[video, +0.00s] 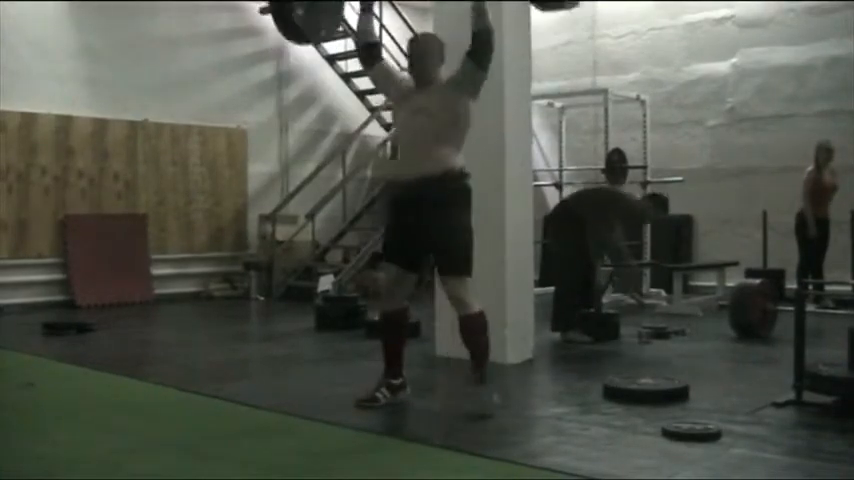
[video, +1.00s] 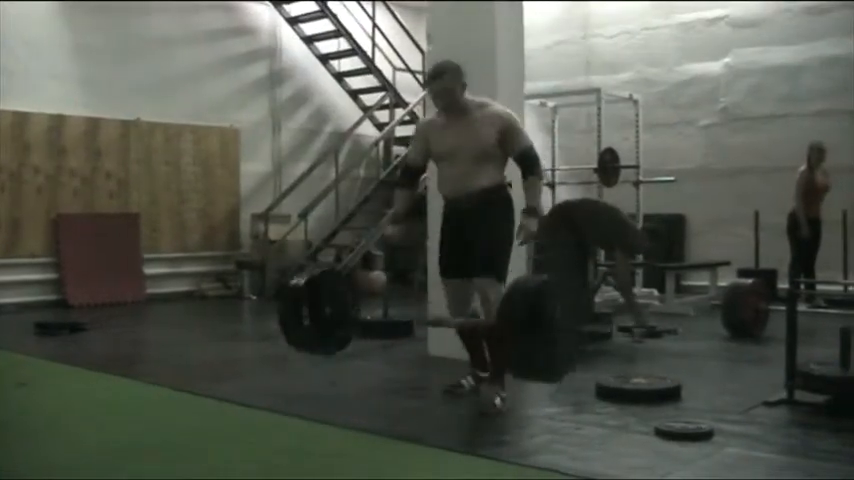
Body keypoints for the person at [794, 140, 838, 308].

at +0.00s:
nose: (827, 158)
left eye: (829, 154)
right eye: (824, 154)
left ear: (831, 156)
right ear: (817, 155)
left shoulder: (830, 173)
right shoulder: (812, 173)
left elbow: (827, 198)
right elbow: (806, 200)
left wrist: (833, 188)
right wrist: (811, 224)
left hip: (822, 219)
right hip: (807, 218)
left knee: (818, 258)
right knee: (806, 258)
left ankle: (819, 294)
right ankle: (802, 293)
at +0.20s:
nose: (826, 157)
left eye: (828, 154)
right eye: (823, 154)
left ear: (831, 156)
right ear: (817, 154)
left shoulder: (830, 173)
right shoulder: (811, 173)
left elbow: (827, 196)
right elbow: (805, 201)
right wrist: (809, 224)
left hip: (821, 219)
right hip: (806, 218)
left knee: (817, 258)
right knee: (805, 257)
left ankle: (818, 293)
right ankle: (801, 292)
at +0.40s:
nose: (827, 157)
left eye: (829, 154)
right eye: (824, 154)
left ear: (831, 156)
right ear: (817, 154)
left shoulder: (830, 173)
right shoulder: (811, 174)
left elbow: (829, 195)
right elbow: (806, 200)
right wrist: (810, 224)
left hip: (821, 219)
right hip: (807, 218)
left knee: (817, 259)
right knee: (805, 258)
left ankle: (819, 293)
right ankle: (801, 293)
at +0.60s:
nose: (820, 158)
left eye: (822, 155)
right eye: (817, 154)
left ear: (825, 157)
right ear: (811, 155)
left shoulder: (823, 173)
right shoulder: (805, 173)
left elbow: (820, 197)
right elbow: (800, 201)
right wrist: (805, 225)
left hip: (815, 219)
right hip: (800, 219)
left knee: (811, 259)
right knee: (799, 258)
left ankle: (812, 295)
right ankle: (795, 295)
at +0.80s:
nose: (819, 158)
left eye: (822, 155)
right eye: (817, 154)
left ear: (824, 157)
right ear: (810, 155)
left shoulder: (822, 173)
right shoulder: (805, 173)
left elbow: (820, 196)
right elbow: (799, 201)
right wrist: (804, 225)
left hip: (814, 219)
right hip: (800, 219)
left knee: (810, 259)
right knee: (798, 258)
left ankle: (811, 294)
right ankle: (794, 294)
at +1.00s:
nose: (820, 158)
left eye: (822, 155)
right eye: (817, 154)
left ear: (823, 156)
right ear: (810, 155)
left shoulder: (822, 173)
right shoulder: (805, 173)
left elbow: (819, 196)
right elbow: (799, 200)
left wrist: (825, 187)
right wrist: (803, 224)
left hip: (813, 219)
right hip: (800, 218)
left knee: (810, 259)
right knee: (798, 258)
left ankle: (811, 294)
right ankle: (794, 293)